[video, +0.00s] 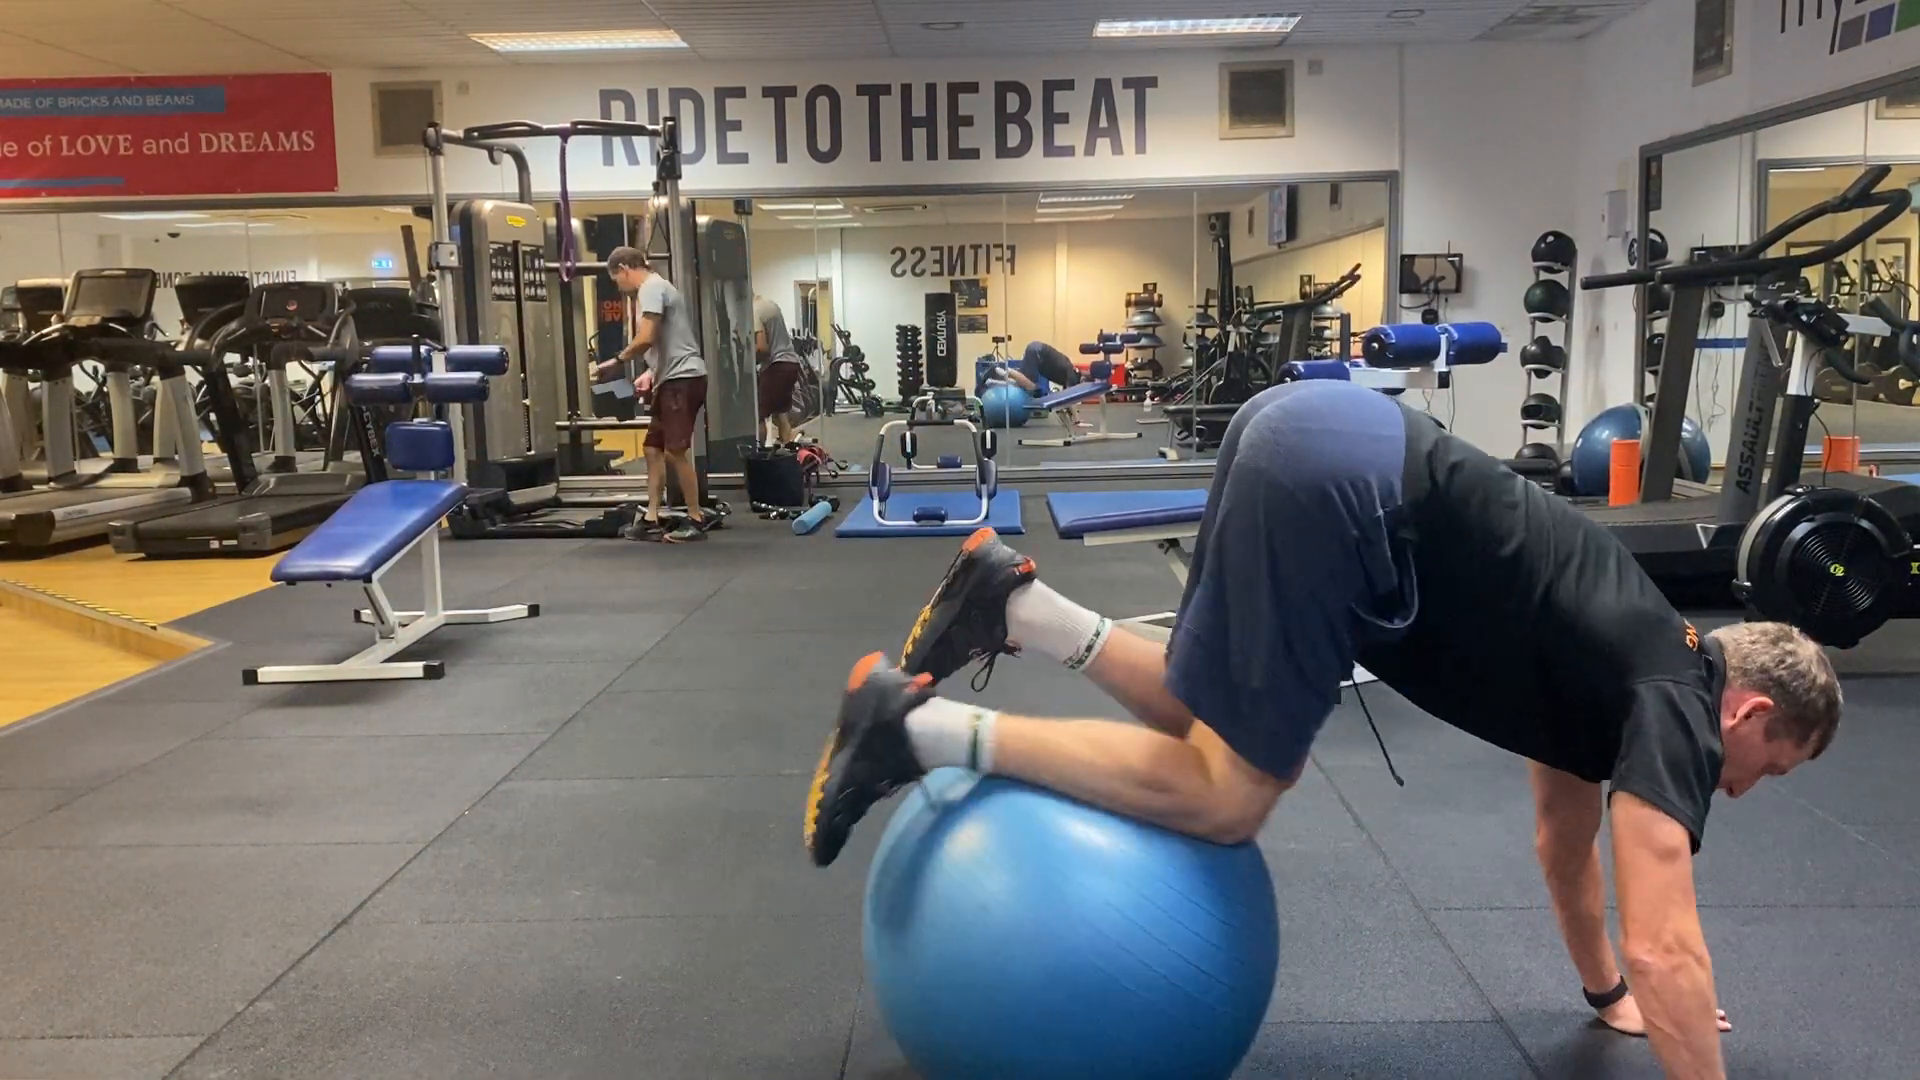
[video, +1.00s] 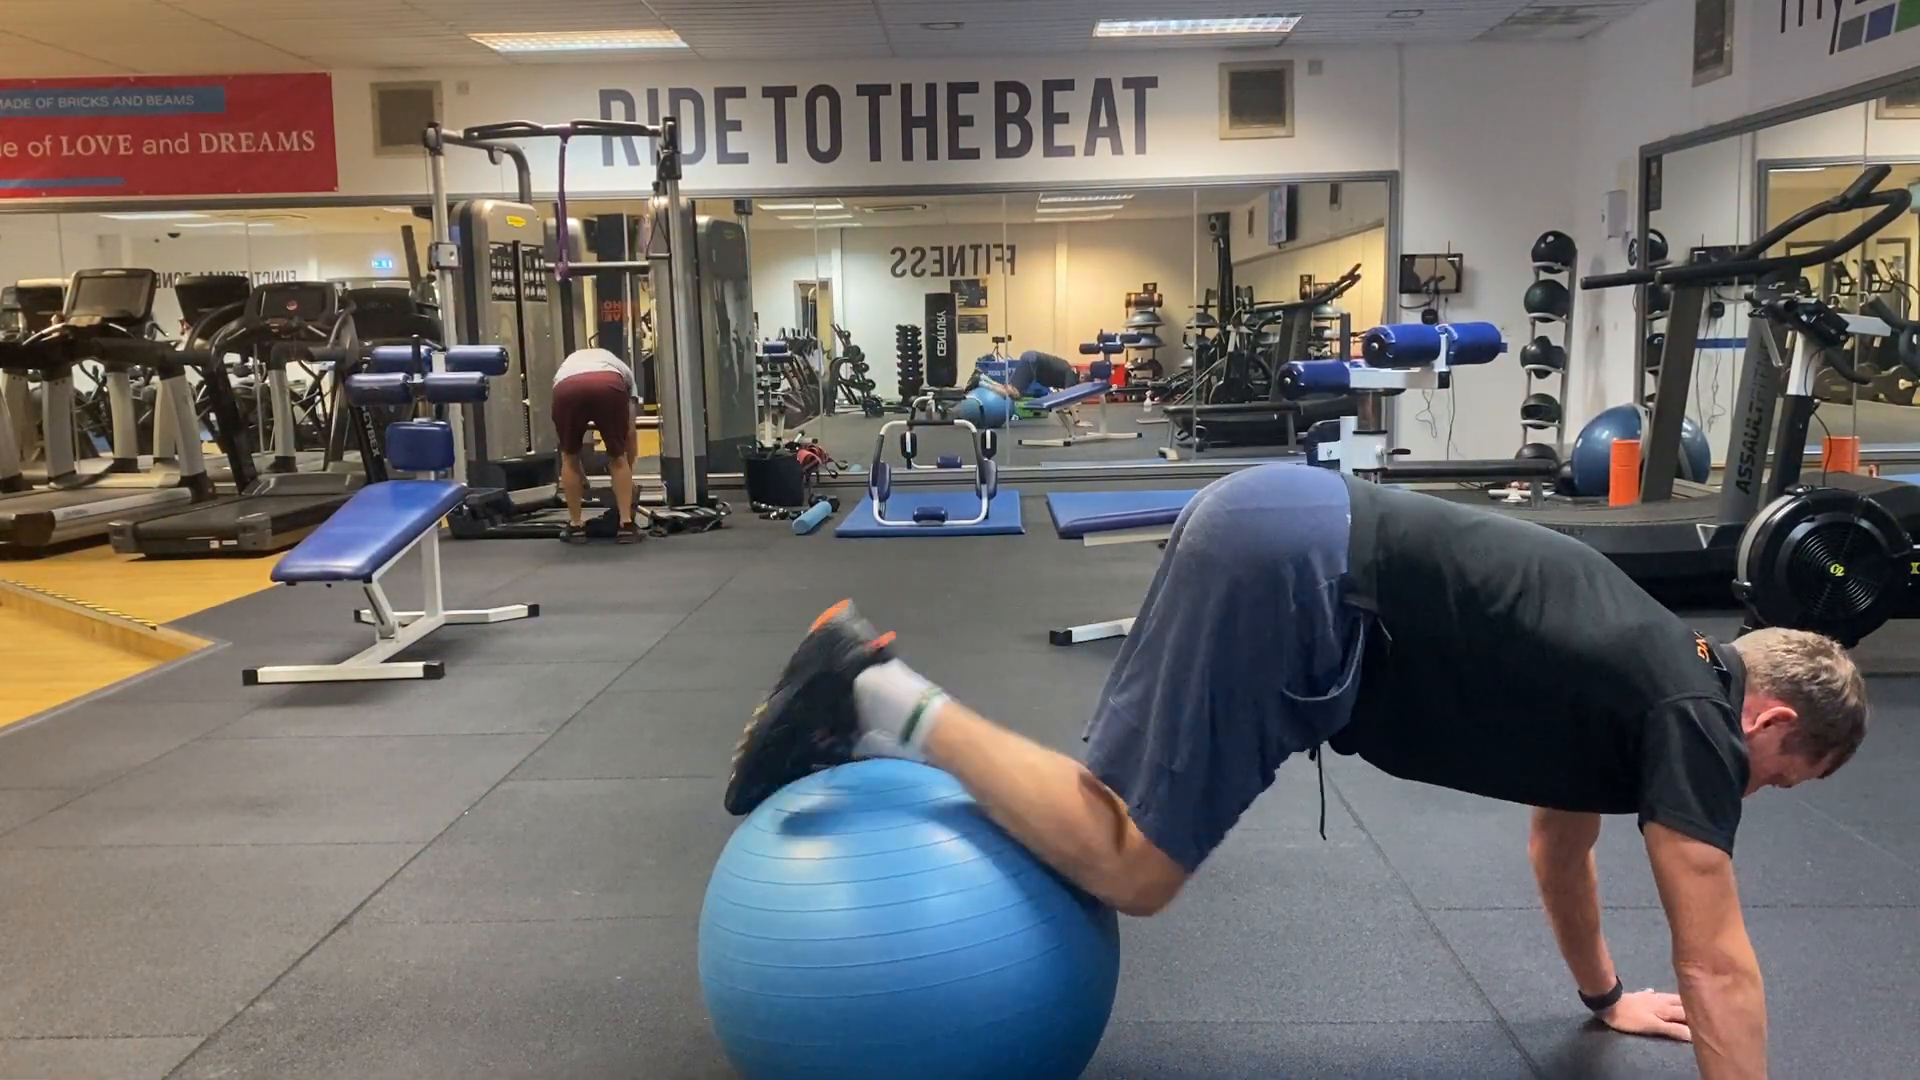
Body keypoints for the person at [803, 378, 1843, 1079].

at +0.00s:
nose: (1751, 779)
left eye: (1770, 771)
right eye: (1766, 759)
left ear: (1722, 662)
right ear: (1742, 702)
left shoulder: (1613, 648)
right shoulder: (1669, 698)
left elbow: (1570, 841)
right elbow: (1666, 961)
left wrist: (1610, 992)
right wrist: (1708, 1072)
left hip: (1317, 423)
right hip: (1337, 467)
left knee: (1213, 704)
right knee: (1225, 793)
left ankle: (1012, 603)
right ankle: (909, 723)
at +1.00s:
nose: (1770, 788)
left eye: (1787, 776)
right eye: (1789, 771)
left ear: (1747, 674)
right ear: (1775, 718)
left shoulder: (1626, 649)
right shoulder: (1692, 710)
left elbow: (1561, 847)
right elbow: (1717, 974)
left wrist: (1609, 1000)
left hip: (1285, 509)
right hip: (1301, 556)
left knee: (1114, 816)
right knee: (1135, 871)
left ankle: (868, 685)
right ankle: (875, 689)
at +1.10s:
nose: (1768, 797)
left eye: (1786, 786)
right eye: (1786, 778)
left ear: (1745, 682)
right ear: (1768, 716)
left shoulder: (1627, 658)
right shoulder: (1685, 711)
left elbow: (1567, 848)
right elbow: (1719, 976)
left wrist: (1607, 993)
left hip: (1276, 518)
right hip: (1298, 556)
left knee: (1133, 826)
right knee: (1198, 899)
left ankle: (851, 712)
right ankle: (1016, 623)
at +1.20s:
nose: (1763, 813)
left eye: (1782, 804)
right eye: (1781, 793)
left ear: (1748, 692)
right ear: (1771, 733)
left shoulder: (1622, 666)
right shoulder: (1689, 710)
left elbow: (1560, 854)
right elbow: (1720, 975)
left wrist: (1607, 994)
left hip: (1271, 517)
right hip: (1316, 555)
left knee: (1085, 822)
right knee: (1251, 902)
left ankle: (817, 698)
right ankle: (1066, 616)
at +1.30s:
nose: (1765, 814)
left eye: (1787, 808)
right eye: (1787, 797)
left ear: (1760, 692)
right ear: (1784, 735)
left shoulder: (1637, 659)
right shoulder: (1700, 708)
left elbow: (1574, 842)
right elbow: (1723, 976)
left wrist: (1608, 993)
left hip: (1280, 508)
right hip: (1329, 551)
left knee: (1079, 797)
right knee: (1247, 887)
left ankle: (808, 687)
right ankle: (1005, 686)